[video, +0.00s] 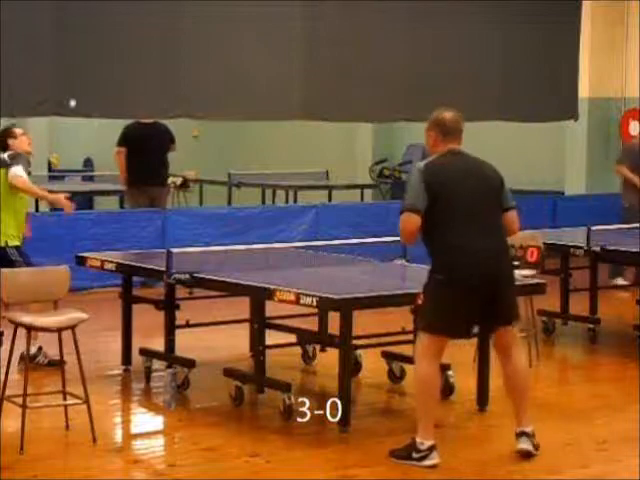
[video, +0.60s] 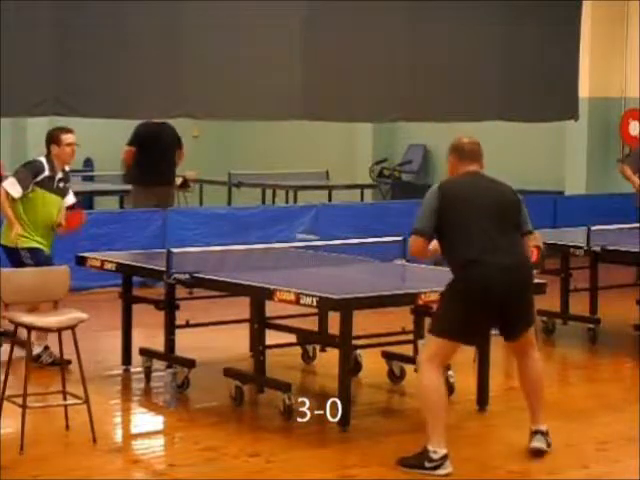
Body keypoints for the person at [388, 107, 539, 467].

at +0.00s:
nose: (425, 142)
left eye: (426, 137)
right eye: (428, 137)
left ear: (433, 136)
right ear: (461, 136)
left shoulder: (425, 171)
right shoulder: (489, 171)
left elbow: (409, 231)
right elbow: (513, 225)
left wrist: (421, 220)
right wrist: (482, 231)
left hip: (452, 274)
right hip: (497, 273)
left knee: (428, 354)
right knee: (508, 348)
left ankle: (424, 442)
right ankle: (524, 432)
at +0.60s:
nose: (449, 170)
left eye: (448, 165)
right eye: (451, 166)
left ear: (451, 163)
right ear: (482, 163)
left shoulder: (442, 191)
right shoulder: (507, 191)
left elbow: (417, 249)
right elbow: (532, 246)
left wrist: (436, 248)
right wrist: (503, 246)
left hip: (472, 282)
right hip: (516, 280)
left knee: (431, 362)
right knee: (527, 350)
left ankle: (435, 451)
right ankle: (539, 430)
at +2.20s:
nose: (503, 167)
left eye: (473, 166)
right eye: (504, 161)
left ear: (472, 166)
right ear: (504, 162)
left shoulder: (458, 202)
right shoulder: (529, 196)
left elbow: (439, 257)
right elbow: (558, 258)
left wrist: (447, 290)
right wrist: (529, 262)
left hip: (487, 305)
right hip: (534, 303)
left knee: (444, 378)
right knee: (558, 371)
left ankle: (462, 459)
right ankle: (588, 439)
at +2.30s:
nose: (489, 153)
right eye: (488, 147)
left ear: (455, 155)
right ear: (487, 148)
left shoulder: (449, 193)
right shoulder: (514, 179)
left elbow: (432, 250)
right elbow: (537, 233)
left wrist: (436, 271)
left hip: (482, 297)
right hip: (529, 292)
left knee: (449, 377)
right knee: (553, 369)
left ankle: (460, 460)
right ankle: (580, 445)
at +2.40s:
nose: (450, 151)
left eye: (447, 146)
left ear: (448, 147)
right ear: (481, 140)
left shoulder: (448, 187)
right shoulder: (510, 171)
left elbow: (436, 245)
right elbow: (532, 221)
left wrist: (432, 268)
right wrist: (507, 239)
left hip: (481, 294)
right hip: (529, 287)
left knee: (452, 375)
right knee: (549, 365)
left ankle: (460, 460)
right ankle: (575, 447)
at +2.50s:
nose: (444, 144)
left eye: (444, 139)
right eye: (446, 138)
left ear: (448, 139)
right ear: (481, 136)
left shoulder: (451, 181)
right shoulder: (510, 165)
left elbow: (448, 238)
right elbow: (530, 218)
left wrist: (432, 262)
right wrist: (499, 235)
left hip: (484, 285)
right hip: (529, 278)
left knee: (454, 370)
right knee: (547, 364)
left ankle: (460, 461)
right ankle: (573, 448)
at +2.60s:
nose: (449, 146)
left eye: (448, 141)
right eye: (450, 141)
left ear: (452, 140)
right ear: (485, 137)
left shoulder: (455, 181)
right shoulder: (515, 168)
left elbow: (456, 237)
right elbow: (533, 221)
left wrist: (433, 261)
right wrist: (503, 240)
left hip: (485, 288)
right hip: (531, 283)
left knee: (454, 370)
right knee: (547, 364)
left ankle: (460, 460)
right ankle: (571, 448)